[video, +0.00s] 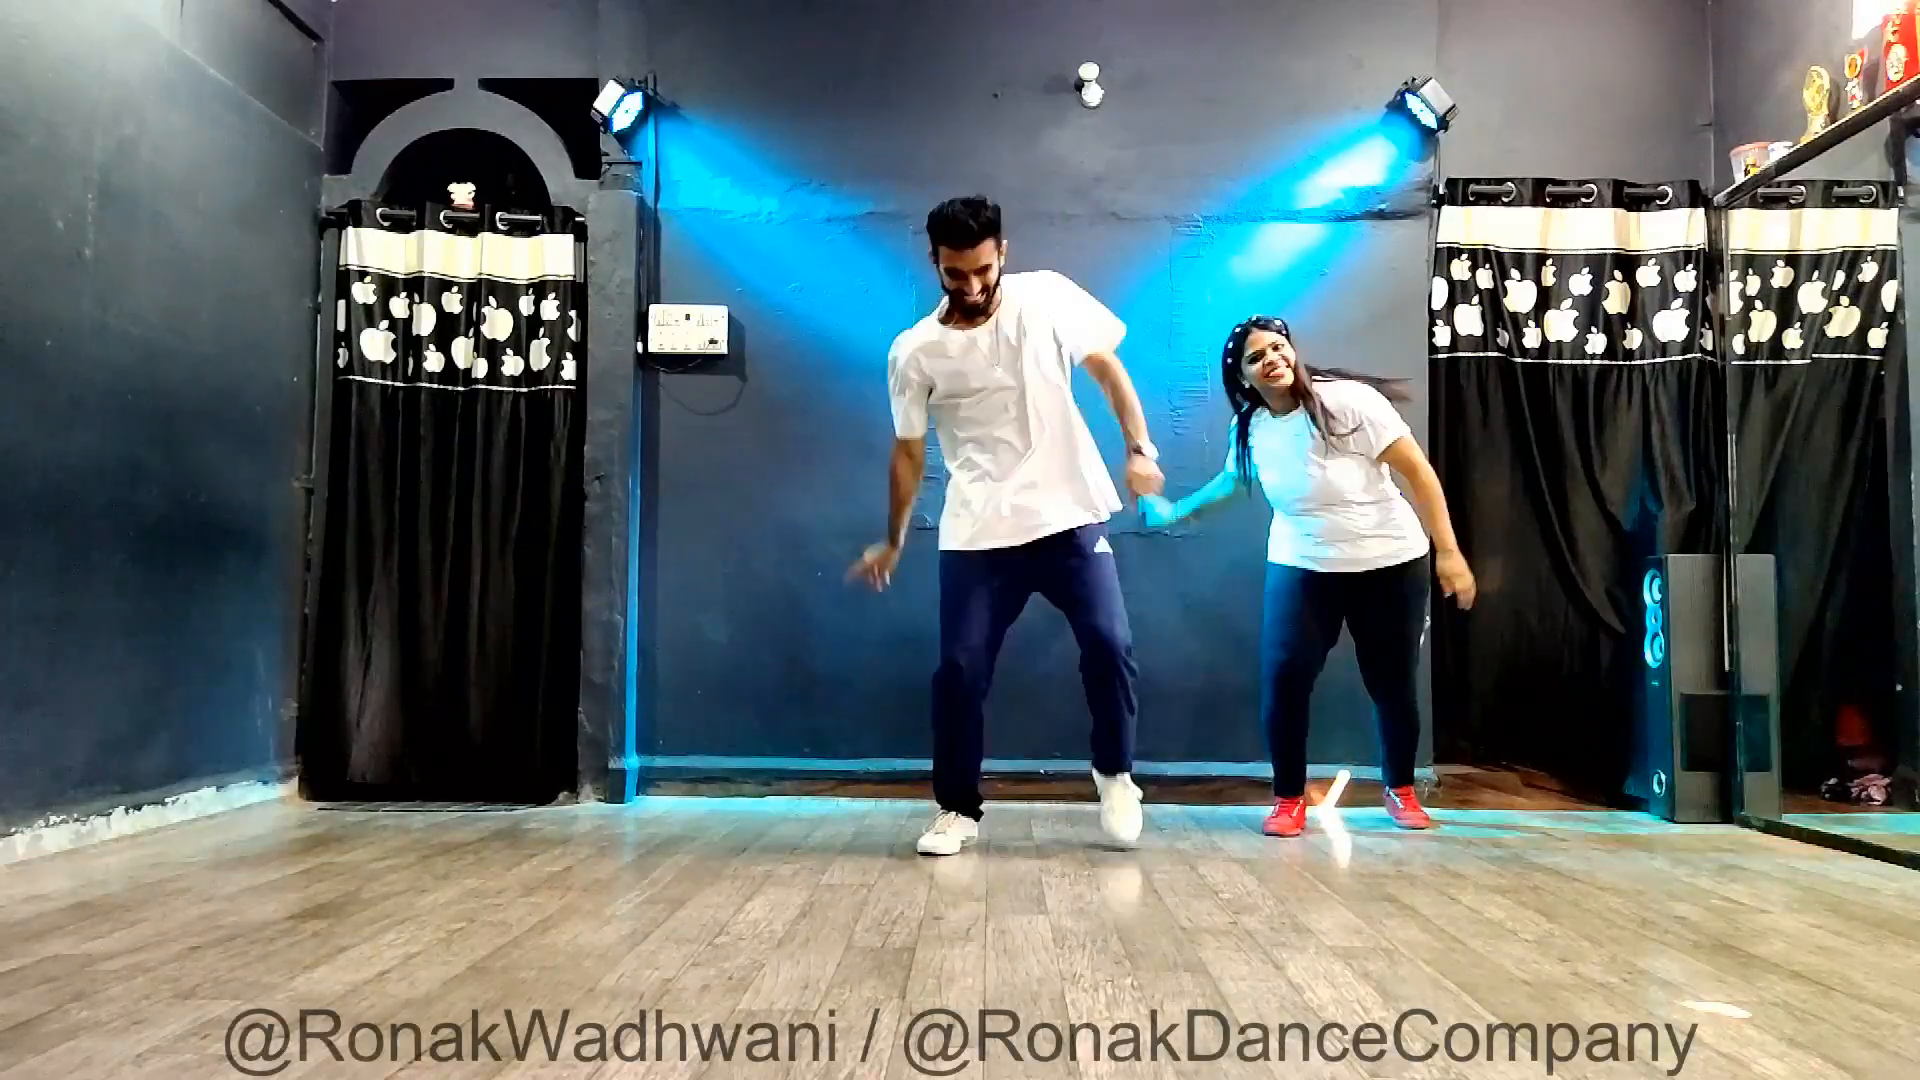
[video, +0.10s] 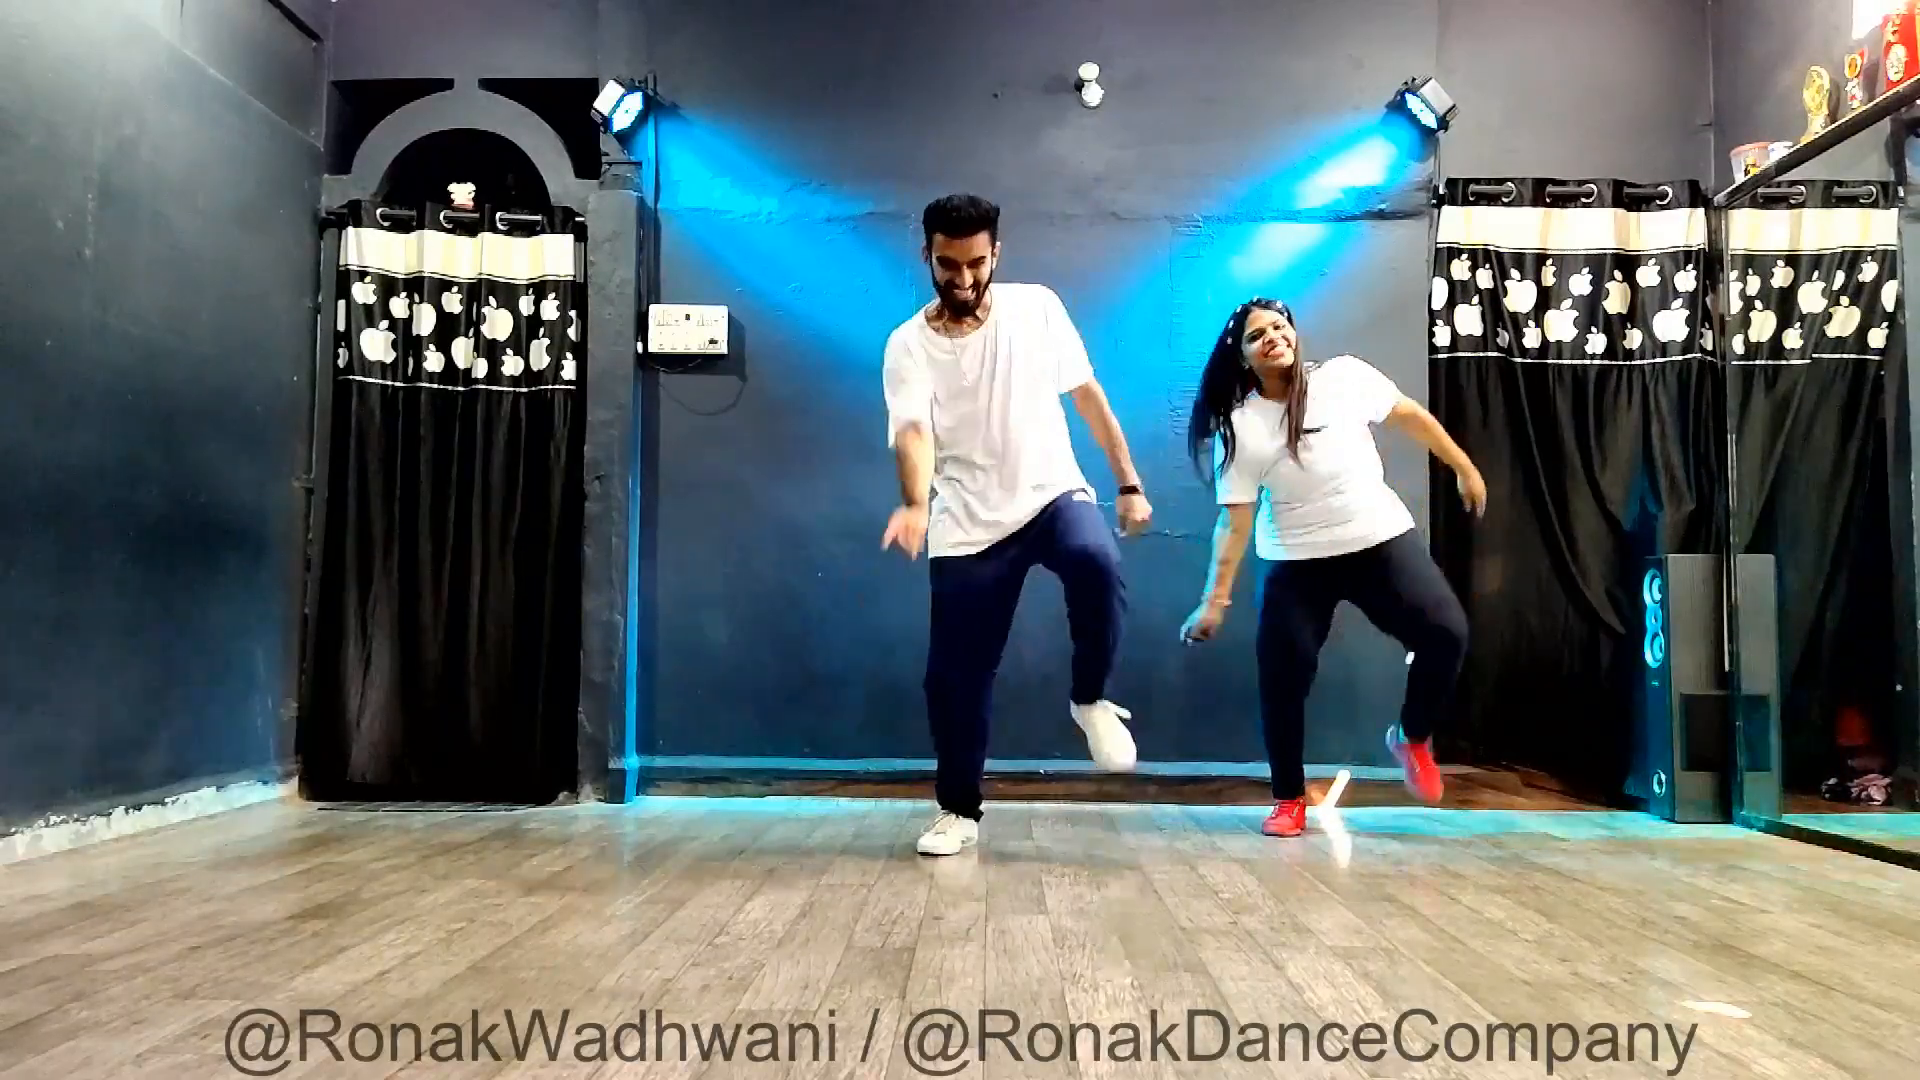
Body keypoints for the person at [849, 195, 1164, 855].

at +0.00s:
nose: (972, 287)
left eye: (983, 270)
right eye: (956, 274)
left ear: (1002, 253)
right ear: (935, 263)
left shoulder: (1044, 297)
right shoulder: (914, 352)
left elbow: (1109, 369)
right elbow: (908, 452)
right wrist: (893, 542)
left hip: (1068, 514)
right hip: (977, 530)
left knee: (1111, 643)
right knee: (959, 669)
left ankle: (1115, 775)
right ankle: (957, 812)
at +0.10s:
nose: (963, 279)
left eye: (975, 265)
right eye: (949, 265)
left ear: (995, 255)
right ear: (929, 258)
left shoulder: (1036, 308)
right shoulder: (908, 344)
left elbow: (1086, 395)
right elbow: (913, 430)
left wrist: (1129, 483)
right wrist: (915, 503)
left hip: (1053, 495)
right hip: (967, 519)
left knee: (1094, 558)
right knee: (955, 674)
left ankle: (1092, 701)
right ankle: (959, 812)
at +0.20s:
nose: (970, 227)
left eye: (983, 214)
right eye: (957, 214)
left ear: (1002, 214)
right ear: (935, 216)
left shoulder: (1040, 278)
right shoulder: (912, 289)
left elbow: (1072, 374)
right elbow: (916, 349)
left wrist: (1092, 455)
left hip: (1042, 462)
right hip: (966, 486)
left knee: (1089, 483)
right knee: (968, 658)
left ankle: (1068, 643)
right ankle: (961, 804)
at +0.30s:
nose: (989, 170)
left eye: (1003, 159)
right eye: (976, 158)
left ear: (1022, 173)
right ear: (956, 170)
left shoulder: (1047, 249)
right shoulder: (926, 249)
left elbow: (1058, 346)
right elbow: (934, 274)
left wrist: (1074, 428)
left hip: (1037, 440)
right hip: (961, 454)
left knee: (1092, 433)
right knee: (953, 630)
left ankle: (1038, 583)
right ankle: (966, 776)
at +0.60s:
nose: (1030, 194)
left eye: (1045, 183)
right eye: (1017, 183)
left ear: (1066, 197)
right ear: (996, 194)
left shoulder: (1089, 281)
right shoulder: (967, 236)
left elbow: (1087, 394)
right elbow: (932, 272)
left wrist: (1079, 477)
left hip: (1058, 485)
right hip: (964, 482)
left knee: (1092, 611)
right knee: (947, 656)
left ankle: (1081, 812)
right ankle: (939, 806)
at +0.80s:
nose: (1059, 208)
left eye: (1074, 194)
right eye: (1046, 194)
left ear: (1100, 199)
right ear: (1030, 198)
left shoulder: (1125, 292)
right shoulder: (981, 267)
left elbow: (1144, 355)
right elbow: (919, 355)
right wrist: (861, 430)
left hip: (1064, 480)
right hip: (973, 449)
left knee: (1086, 661)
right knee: (959, 510)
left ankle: (1091, 837)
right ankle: (957, 693)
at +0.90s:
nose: (1044, 136)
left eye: (1059, 124)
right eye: (1030, 123)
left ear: (1081, 138)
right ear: (1010, 135)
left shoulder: (1097, 227)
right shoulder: (967, 212)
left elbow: (1108, 249)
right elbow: (933, 302)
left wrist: (1116, 199)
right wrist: (900, 374)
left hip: (1053, 451)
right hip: (975, 425)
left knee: (1065, 633)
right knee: (959, 380)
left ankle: (1056, 801)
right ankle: (983, 569)